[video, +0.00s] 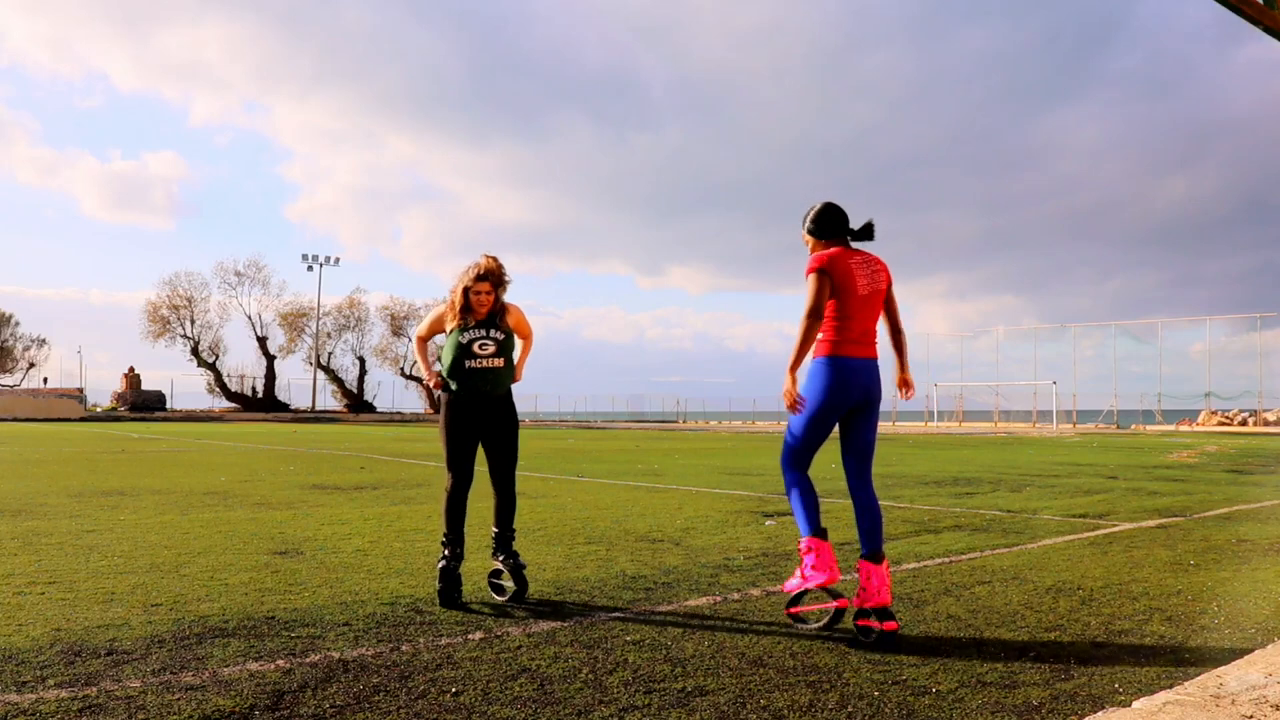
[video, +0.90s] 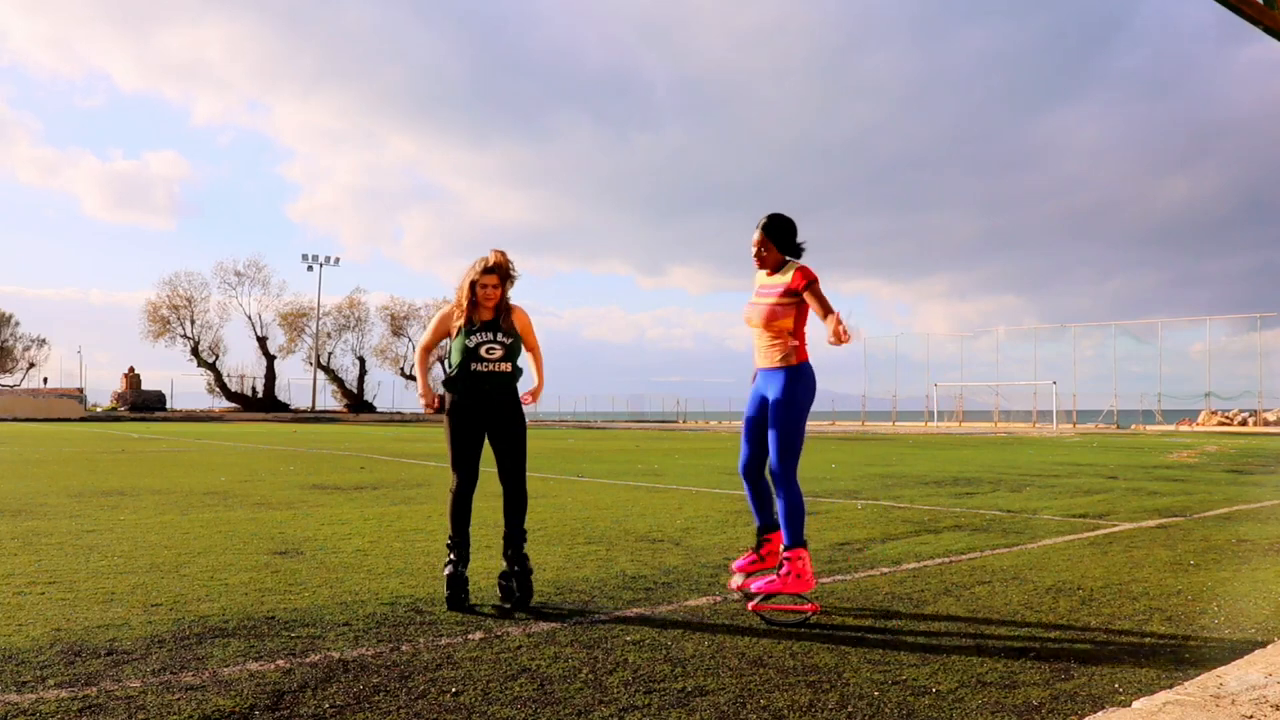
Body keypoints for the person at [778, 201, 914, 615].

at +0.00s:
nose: (806, 247)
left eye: (806, 241)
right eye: (805, 241)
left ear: (815, 237)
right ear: (843, 232)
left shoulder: (822, 261)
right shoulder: (877, 265)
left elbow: (814, 316)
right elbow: (895, 327)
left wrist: (791, 371)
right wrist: (903, 367)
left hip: (829, 373)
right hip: (868, 375)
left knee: (792, 462)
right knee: (860, 478)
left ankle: (816, 558)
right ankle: (875, 582)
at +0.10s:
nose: (800, 245)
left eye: (801, 238)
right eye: (799, 239)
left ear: (810, 236)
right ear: (839, 234)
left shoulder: (820, 258)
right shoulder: (867, 265)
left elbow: (821, 303)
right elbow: (877, 329)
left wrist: (799, 358)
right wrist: (857, 366)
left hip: (828, 371)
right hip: (864, 374)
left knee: (787, 460)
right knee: (862, 477)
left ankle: (808, 559)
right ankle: (876, 578)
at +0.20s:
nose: (795, 247)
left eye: (796, 240)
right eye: (795, 240)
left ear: (806, 238)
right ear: (835, 236)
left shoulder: (818, 261)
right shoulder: (859, 268)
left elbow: (825, 306)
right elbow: (863, 327)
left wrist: (801, 360)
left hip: (827, 375)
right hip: (859, 376)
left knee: (785, 464)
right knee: (862, 479)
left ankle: (801, 561)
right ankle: (876, 577)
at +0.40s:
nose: (777, 252)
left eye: (780, 245)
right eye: (777, 245)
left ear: (793, 243)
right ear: (813, 242)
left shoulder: (802, 272)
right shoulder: (831, 274)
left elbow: (819, 325)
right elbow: (812, 329)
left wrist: (804, 383)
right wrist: (780, 321)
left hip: (810, 381)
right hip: (838, 380)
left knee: (783, 472)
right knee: (835, 477)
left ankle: (795, 567)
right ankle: (868, 571)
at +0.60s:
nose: (765, 251)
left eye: (769, 244)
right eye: (764, 244)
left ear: (786, 244)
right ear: (794, 243)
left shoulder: (798, 274)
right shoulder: (799, 273)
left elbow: (820, 330)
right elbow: (797, 336)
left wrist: (784, 376)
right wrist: (773, 375)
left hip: (798, 381)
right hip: (808, 379)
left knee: (783, 470)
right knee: (789, 468)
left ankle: (796, 567)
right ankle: (836, 540)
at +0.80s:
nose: (758, 251)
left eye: (763, 245)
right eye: (757, 244)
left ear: (783, 244)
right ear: (770, 243)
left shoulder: (800, 273)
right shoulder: (779, 276)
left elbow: (826, 326)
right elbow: (782, 334)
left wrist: (796, 355)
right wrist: (766, 379)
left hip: (793, 378)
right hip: (774, 378)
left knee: (782, 469)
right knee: (749, 463)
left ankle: (795, 564)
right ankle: (801, 535)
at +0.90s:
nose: (754, 252)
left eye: (760, 246)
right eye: (754, 246)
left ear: (780, 246)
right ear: (759, 245)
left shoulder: (799, 275)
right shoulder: (763, 277)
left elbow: (827, 313)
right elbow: (769, 328)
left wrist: (836, 330)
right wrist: (760, 368)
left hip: (791, 379)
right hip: (764, 378)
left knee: (781, 470)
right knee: (750, 467)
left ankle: (797, 563)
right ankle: (769, 545)